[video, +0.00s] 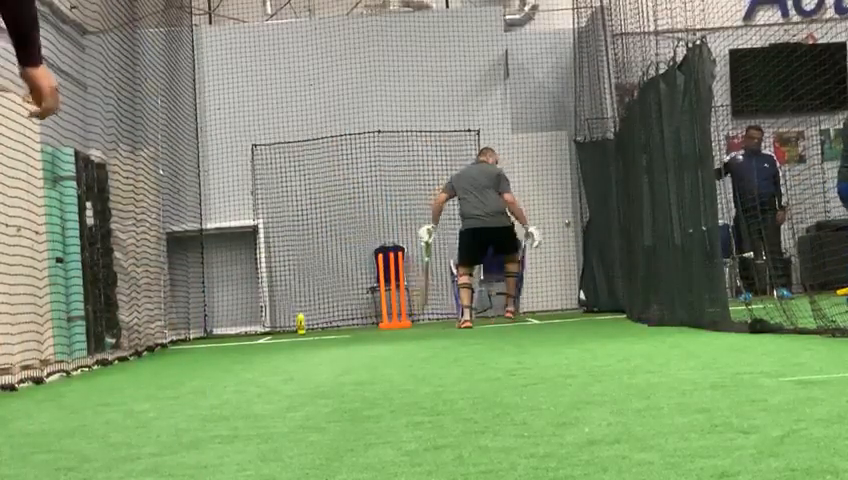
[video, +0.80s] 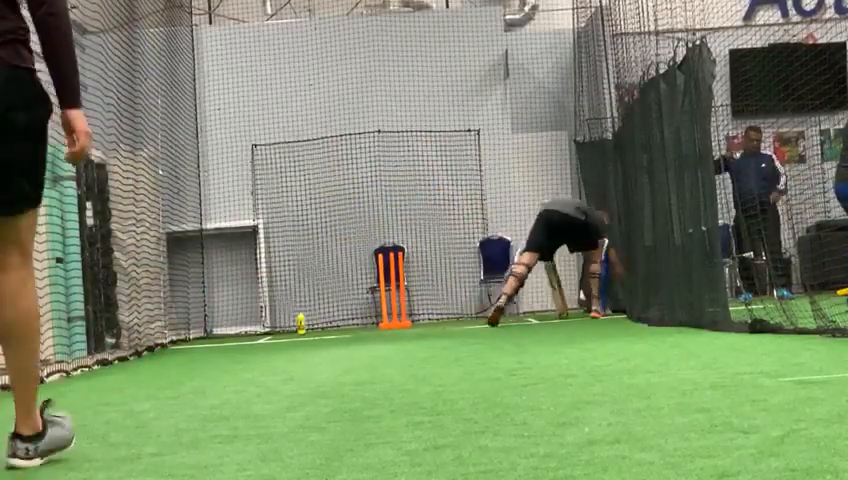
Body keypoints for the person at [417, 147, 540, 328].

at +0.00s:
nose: (496, 165)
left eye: (497, 163)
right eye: (496, 162)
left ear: (479, 157)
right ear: (488, 157)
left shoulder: (460, 175)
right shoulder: (496, 173)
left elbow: (439, 201)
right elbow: (509, 200)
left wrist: (433, 225)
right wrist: (526, 226)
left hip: (471, 231)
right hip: (501, 229)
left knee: (464, 270)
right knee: (512, 259)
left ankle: (466, 317)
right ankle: (510, 307)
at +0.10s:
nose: (498, 165)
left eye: (498, 162)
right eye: (498, 162)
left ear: (481, 158)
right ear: (492, 158)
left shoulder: (463, 175)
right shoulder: (498, 172)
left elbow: (444, 201)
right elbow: (514, 201)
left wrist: (442, 226)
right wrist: (536, 223)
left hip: (473, 230)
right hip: (503, 228)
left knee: (466, 271)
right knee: (522, 257)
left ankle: (466, 317)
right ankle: (530, 305)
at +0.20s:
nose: (506, 166)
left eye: (507, 163)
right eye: (506, 162)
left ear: (487, 159)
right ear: (499, 159)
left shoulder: (468, 176)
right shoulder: (504, 173)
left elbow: (452, 201)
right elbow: (522, 200)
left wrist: (454, 227)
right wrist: (546, 222)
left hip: (478, 230)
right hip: (508, 226)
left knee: (469, 271)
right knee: (533, 257)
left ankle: (466, 316)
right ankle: (554, 301)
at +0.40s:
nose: (535, 174)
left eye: (535, 171)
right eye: (534, 171)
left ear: (517, 167)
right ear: (528, 168)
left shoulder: (493, 182)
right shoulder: (531, 182)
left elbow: (478, 208)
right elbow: (550, 212)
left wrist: (486, 228)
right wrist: (569, 230)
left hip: (495, 234)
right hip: (526, 232)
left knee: (479, 273)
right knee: (557, 265)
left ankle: (467, 316)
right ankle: (586, 303)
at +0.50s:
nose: (558, 184)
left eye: (558, 181)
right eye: (558, 181)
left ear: (540, 176)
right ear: (553, 177)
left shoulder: (516, 187)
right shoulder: (553, 192)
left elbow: (499, 210)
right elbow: (572, 224)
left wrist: (505, 231)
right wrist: (589, 247)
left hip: (510, 235)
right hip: (542, 234)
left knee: (489, 272)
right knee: (567, 270)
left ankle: (469, 314)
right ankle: (589, 307)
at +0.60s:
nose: (582, 199)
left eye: (581, 196)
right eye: (581, 196)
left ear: (565, 189)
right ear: (575, 192)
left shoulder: (539, 195)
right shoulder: (576, 200)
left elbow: (518, 212)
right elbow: (590, 237)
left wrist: (522, 237)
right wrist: (608, 264)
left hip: (526, 227)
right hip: (554, 228)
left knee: (500, 269)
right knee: (579, 262)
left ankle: (473, 312)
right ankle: (592, 307)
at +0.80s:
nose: (604, 230)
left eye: (605, 228)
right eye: (605, 226)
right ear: (603, 221)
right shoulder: (598, 222)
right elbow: (609, 247)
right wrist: (618, 267)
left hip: (548, 214)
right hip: (577, 221)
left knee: (526, 261)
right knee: (594, 257)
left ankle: (502, 301)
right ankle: (595, 308)